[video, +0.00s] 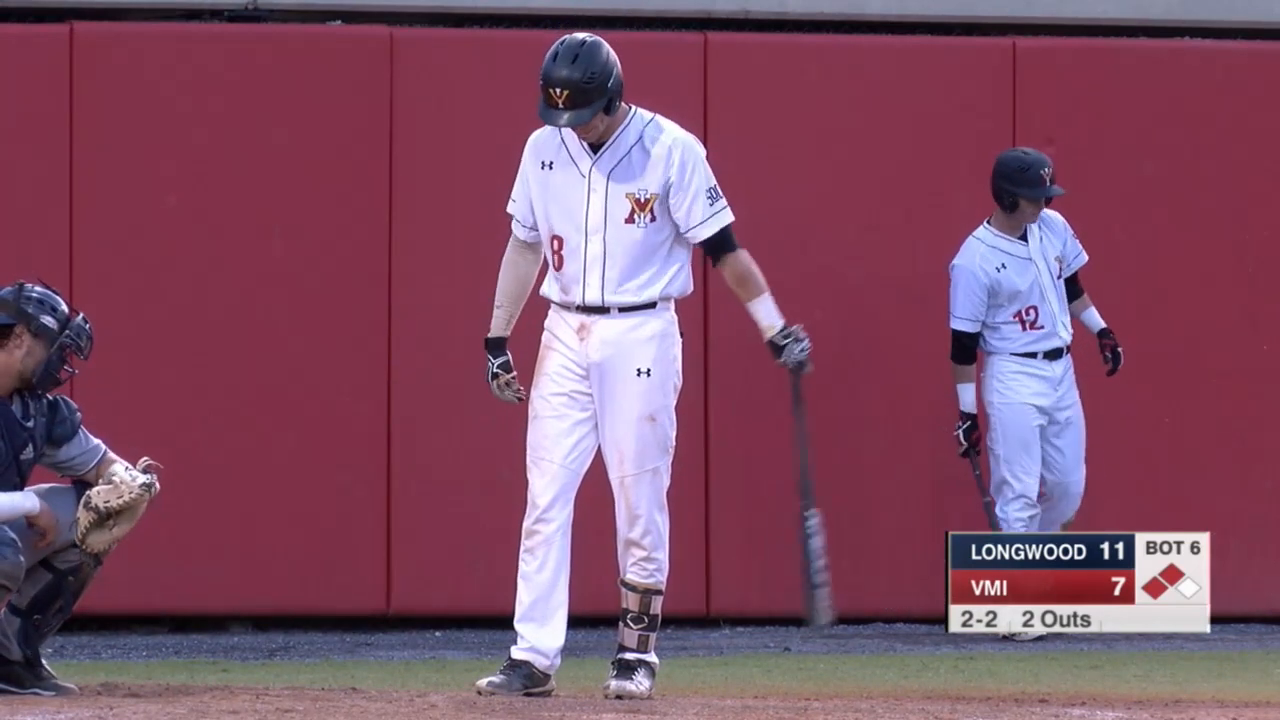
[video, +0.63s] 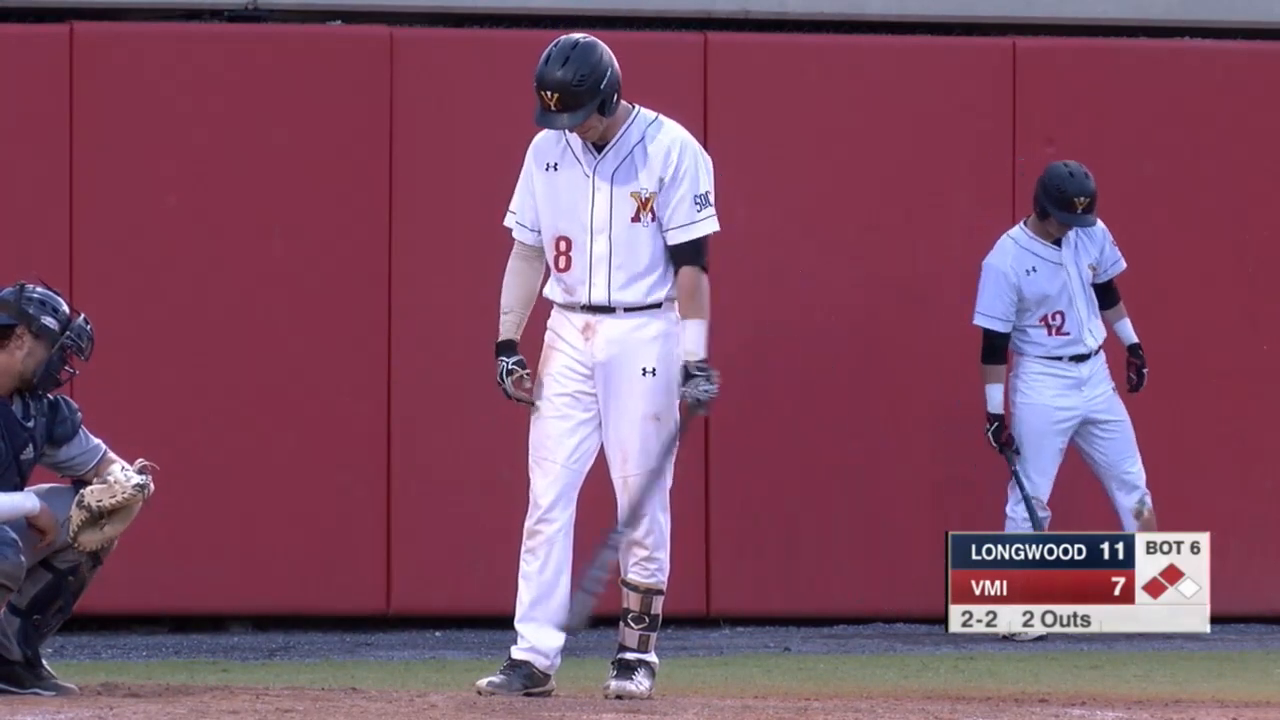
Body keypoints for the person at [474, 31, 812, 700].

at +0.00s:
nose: (573, 127)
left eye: (582, 115)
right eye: (563, 115)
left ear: (614, 98)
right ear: (553, 101)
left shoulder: (672, 149)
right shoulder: (544, 146)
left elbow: (724, 249)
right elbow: (524, 246)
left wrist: (777, 329)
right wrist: (497, 337)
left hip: (640, 341)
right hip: (563, 339)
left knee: (638, 490)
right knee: (546, 496)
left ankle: (635, 652)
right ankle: (533, 656)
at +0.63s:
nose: (569, 128)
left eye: (576, 117)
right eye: (562, 118)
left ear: (608, 98)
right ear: (555, 103)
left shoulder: (672, 148)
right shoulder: (548, 146)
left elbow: (690, 260)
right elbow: (528, 252)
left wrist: (696, 360)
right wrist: (507, 340)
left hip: (646, 340)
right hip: (567, 339)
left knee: (639, 495)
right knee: (547, 497)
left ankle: (635, 653)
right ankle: (534, 655)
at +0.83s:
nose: (572, 129)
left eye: (579, 118)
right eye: (564, 118)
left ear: (612, 100)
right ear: (557, 103)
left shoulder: (674, 148)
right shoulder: (550, 147)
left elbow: (685, 256)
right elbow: (534, 246)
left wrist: (629, 327)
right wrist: (521, 316)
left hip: (646, 339)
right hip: (568, 337)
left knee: (640, 495)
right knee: (548, 500)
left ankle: (636, 651)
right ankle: (533, 657)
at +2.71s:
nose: (579, 135)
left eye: (590, 122)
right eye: (569, 122)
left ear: (620, 104)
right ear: (558, 106)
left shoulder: (670, 155)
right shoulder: (551, 150)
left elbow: (660, 273)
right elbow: (534, 241)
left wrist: (568, 282)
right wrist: (531, 260)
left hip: (634, 342)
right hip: (560, 338)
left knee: (631, 490)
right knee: (516, 480)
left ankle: (634, 650)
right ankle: (525, 642)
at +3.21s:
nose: (495, 140)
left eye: (502, 128)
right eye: (487, 130)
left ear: (529, 108)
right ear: (479, 119)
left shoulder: (590, 147)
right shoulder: (480, 163)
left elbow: (572, 252)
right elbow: (489, 278)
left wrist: (480, 255)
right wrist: (458, 258)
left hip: (594, 348)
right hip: (518, 348)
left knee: (610, 499)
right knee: (486, 501)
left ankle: (633, 650)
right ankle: (463, 660)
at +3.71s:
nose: (422, 145)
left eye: (427, 130)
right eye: (411, 136)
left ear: (452, 107)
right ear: (400, 126)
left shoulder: (526, 138)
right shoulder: (408, 185)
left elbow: (569, 244)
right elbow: (429, 293)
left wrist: (534, 327)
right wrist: (474, 342)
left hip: (568, 329)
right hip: (488, 349)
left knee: (617, 472)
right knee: (462, 505)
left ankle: (680, 637)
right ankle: (461, 660)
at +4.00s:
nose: (480, 172)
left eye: (485, 159)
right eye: (469, 163)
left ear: (511, 137)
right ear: (459, 150)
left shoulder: (580, 169)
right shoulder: (467, 192)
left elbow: (627, 279)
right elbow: (463, 294)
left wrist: (603, 366)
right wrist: (445, 392)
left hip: (618, 353)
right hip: (539, 360)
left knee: (667, 491)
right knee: (484, 508)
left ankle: (744, 655)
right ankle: (461, 661)